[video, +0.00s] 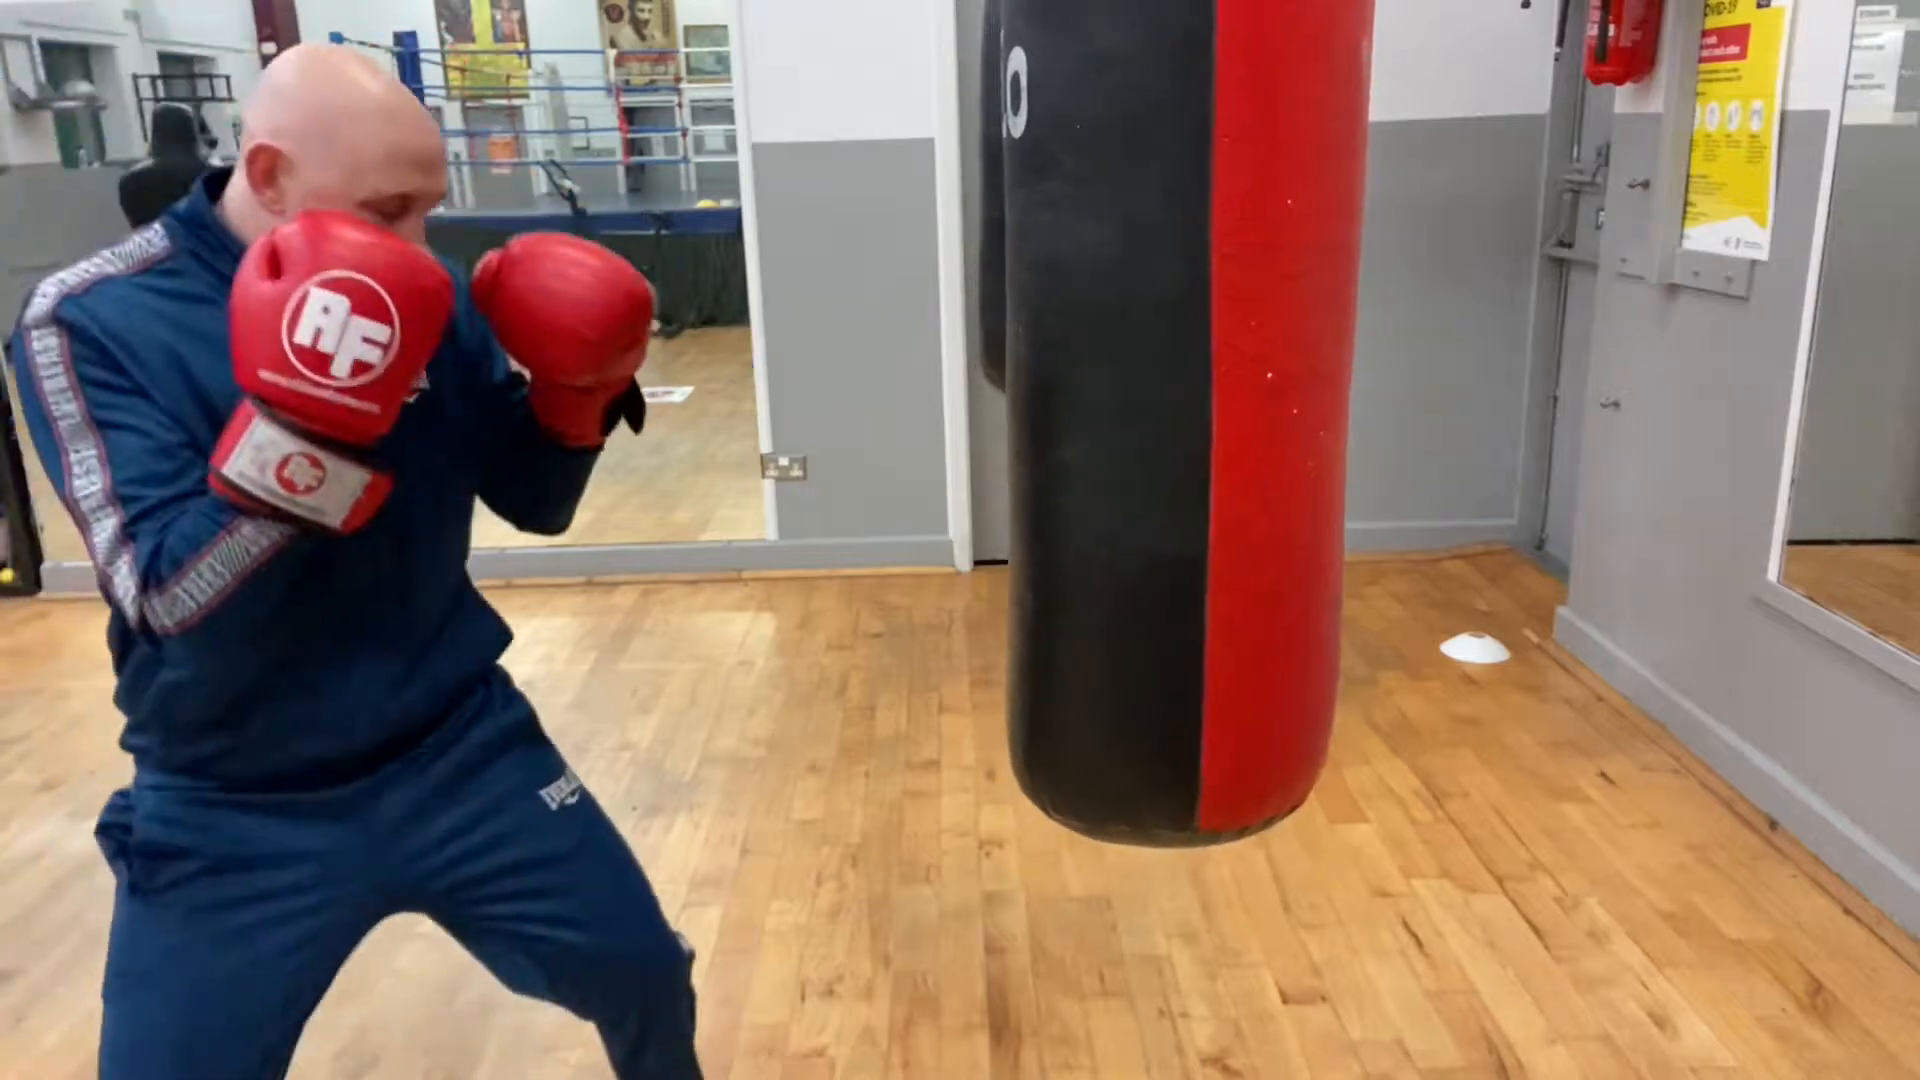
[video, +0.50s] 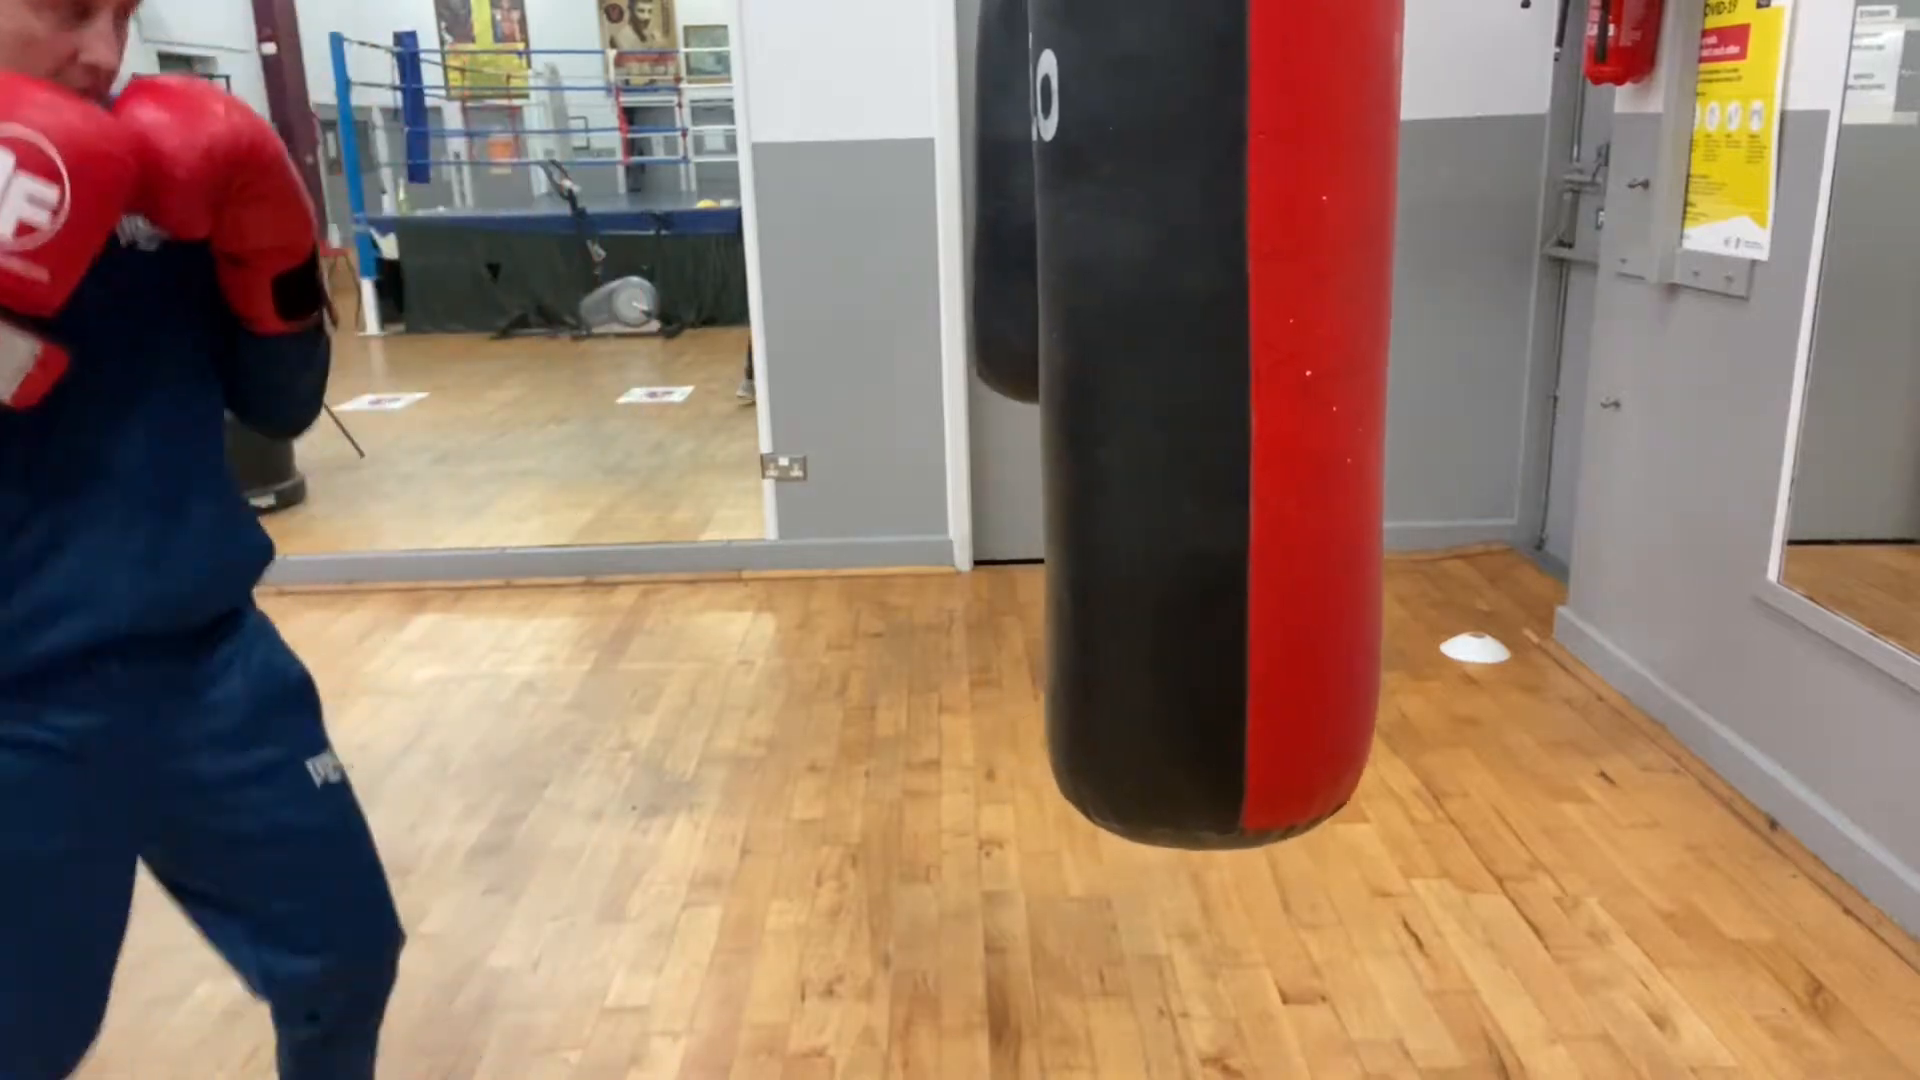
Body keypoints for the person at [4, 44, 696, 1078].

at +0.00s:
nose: (413, 243)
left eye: (425, 212)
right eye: (385, 213)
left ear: (435, 187)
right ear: (268, 178)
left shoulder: (416, 295)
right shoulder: (85, 323)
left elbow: (535, 501)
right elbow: (161, 601)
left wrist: (578, 401)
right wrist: (303, 430)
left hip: (462, 760)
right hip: (231, 820)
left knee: (645, 977)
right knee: (164, 1067)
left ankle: (667, 1072)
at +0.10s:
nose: (344, 170)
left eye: (353, 131)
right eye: (312, 131)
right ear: (184, 96)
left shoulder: (366, 224)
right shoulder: (43, 261)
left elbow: (511, 419)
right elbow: (100, 531)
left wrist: (532, 291)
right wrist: (223, 331)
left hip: (420, 742)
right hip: (183, 797)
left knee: (611, 978)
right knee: (130, 1071)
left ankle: (654, 1077)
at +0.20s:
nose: (233, 82)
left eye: (247, 45)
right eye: (195, 43)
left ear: (271, 25)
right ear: (71, 18)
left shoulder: (277, 151)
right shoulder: (11, 186)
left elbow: (423, 373)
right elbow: (19, 497)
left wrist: (435, 244)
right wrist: (118, 278)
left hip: (342, 683)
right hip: (100, 733)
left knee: (527, 974)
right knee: (74, 1069)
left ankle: (603, 1073)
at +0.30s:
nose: (166, 114)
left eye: (184, 78)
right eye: (131, 75)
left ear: (199, 68)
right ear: (5, 58)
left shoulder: (209, 216)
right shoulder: (6, 265)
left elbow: (342, 422)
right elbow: (3, 530)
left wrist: (349, 281)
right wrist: (42, 324)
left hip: (285, 699)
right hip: (61, 758)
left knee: (468, 943)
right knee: (40, 1064)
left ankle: (456, 1074)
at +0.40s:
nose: (124, 143)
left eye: (138, 102)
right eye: (83, 103)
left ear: (153, 99)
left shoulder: (169, 261)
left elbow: (275, 487)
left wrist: (283, 333)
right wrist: (23, 385)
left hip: (246, 748)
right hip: (38, 805)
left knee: (394, 1006)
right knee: (52, 1066)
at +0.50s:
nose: (101, 50)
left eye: (120, 14)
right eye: (64, 12)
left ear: (140, 22)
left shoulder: (165, 166)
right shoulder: (7, 206)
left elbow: (281, 407)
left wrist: (268, 236)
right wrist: (25, 274)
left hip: (214, 666)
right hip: (30, 700)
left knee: (343, 960)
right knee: (28, 1040)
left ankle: (324, 1062)